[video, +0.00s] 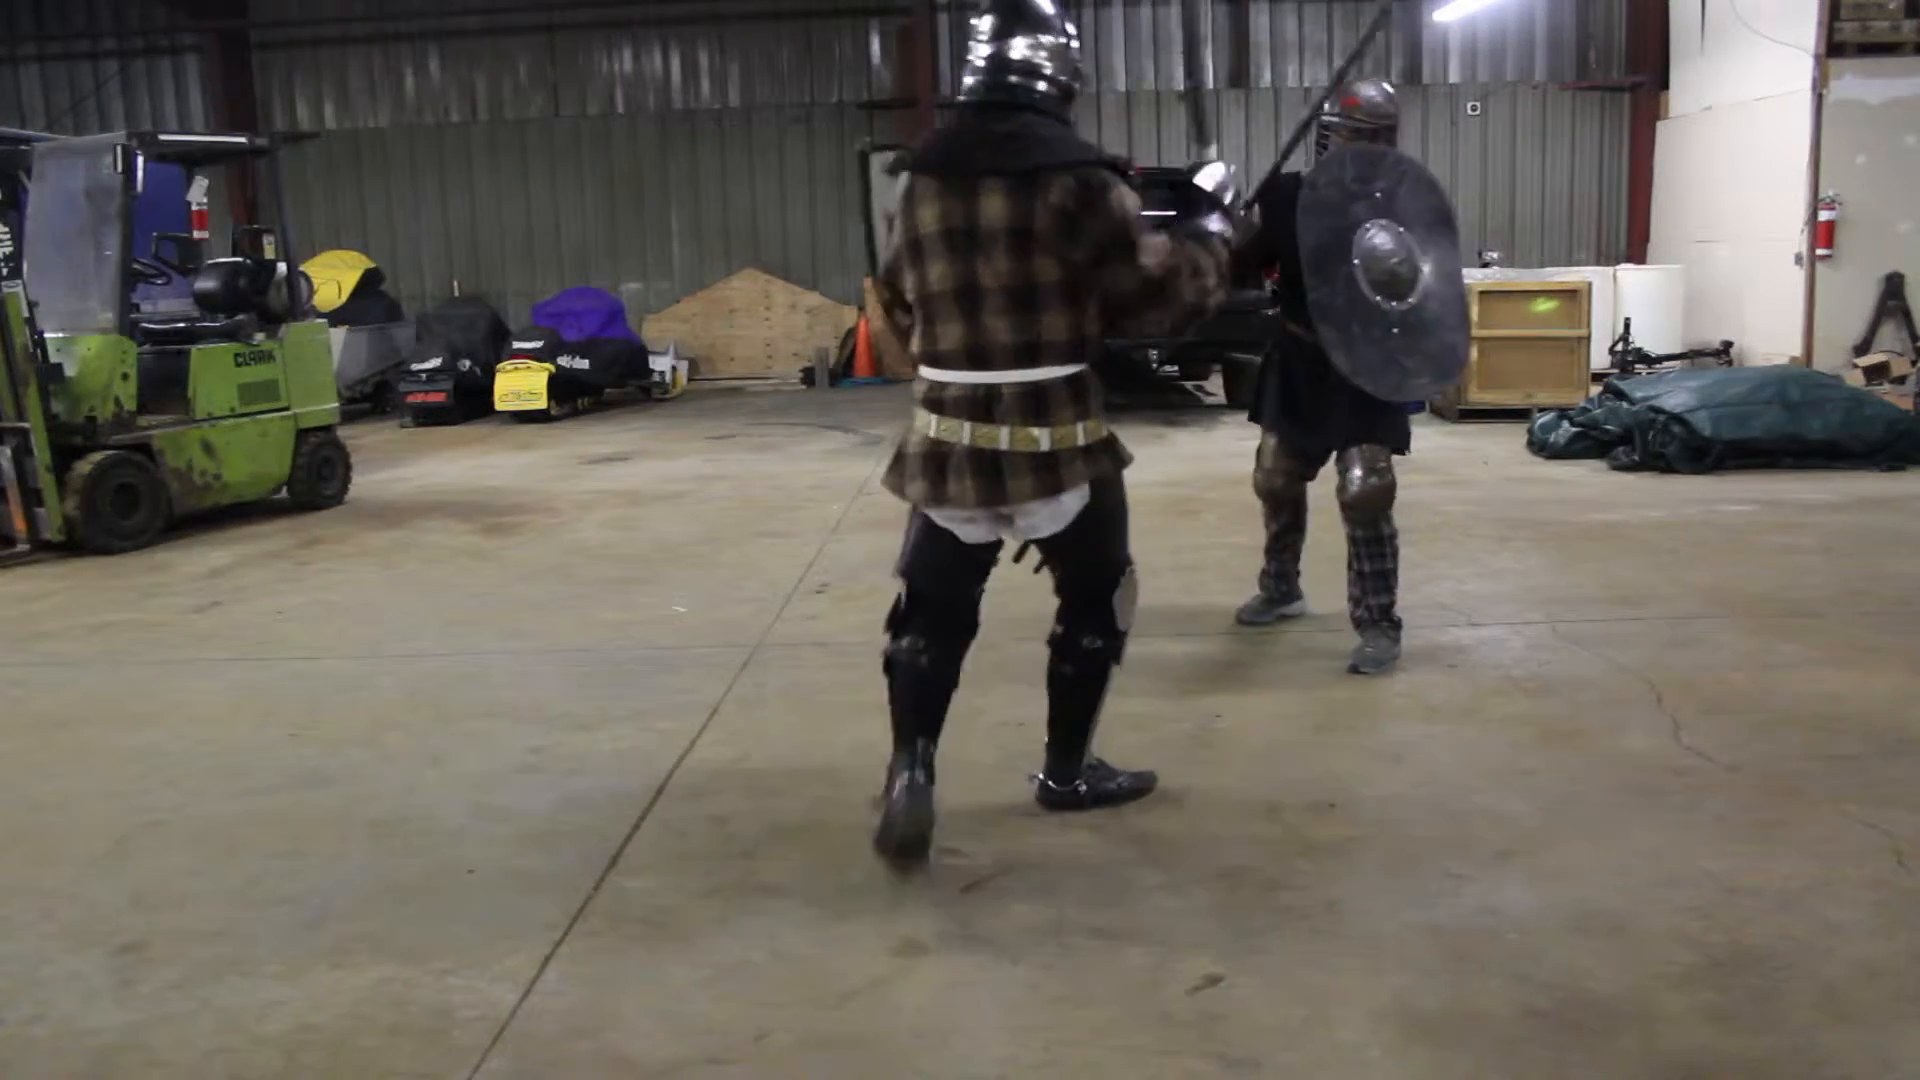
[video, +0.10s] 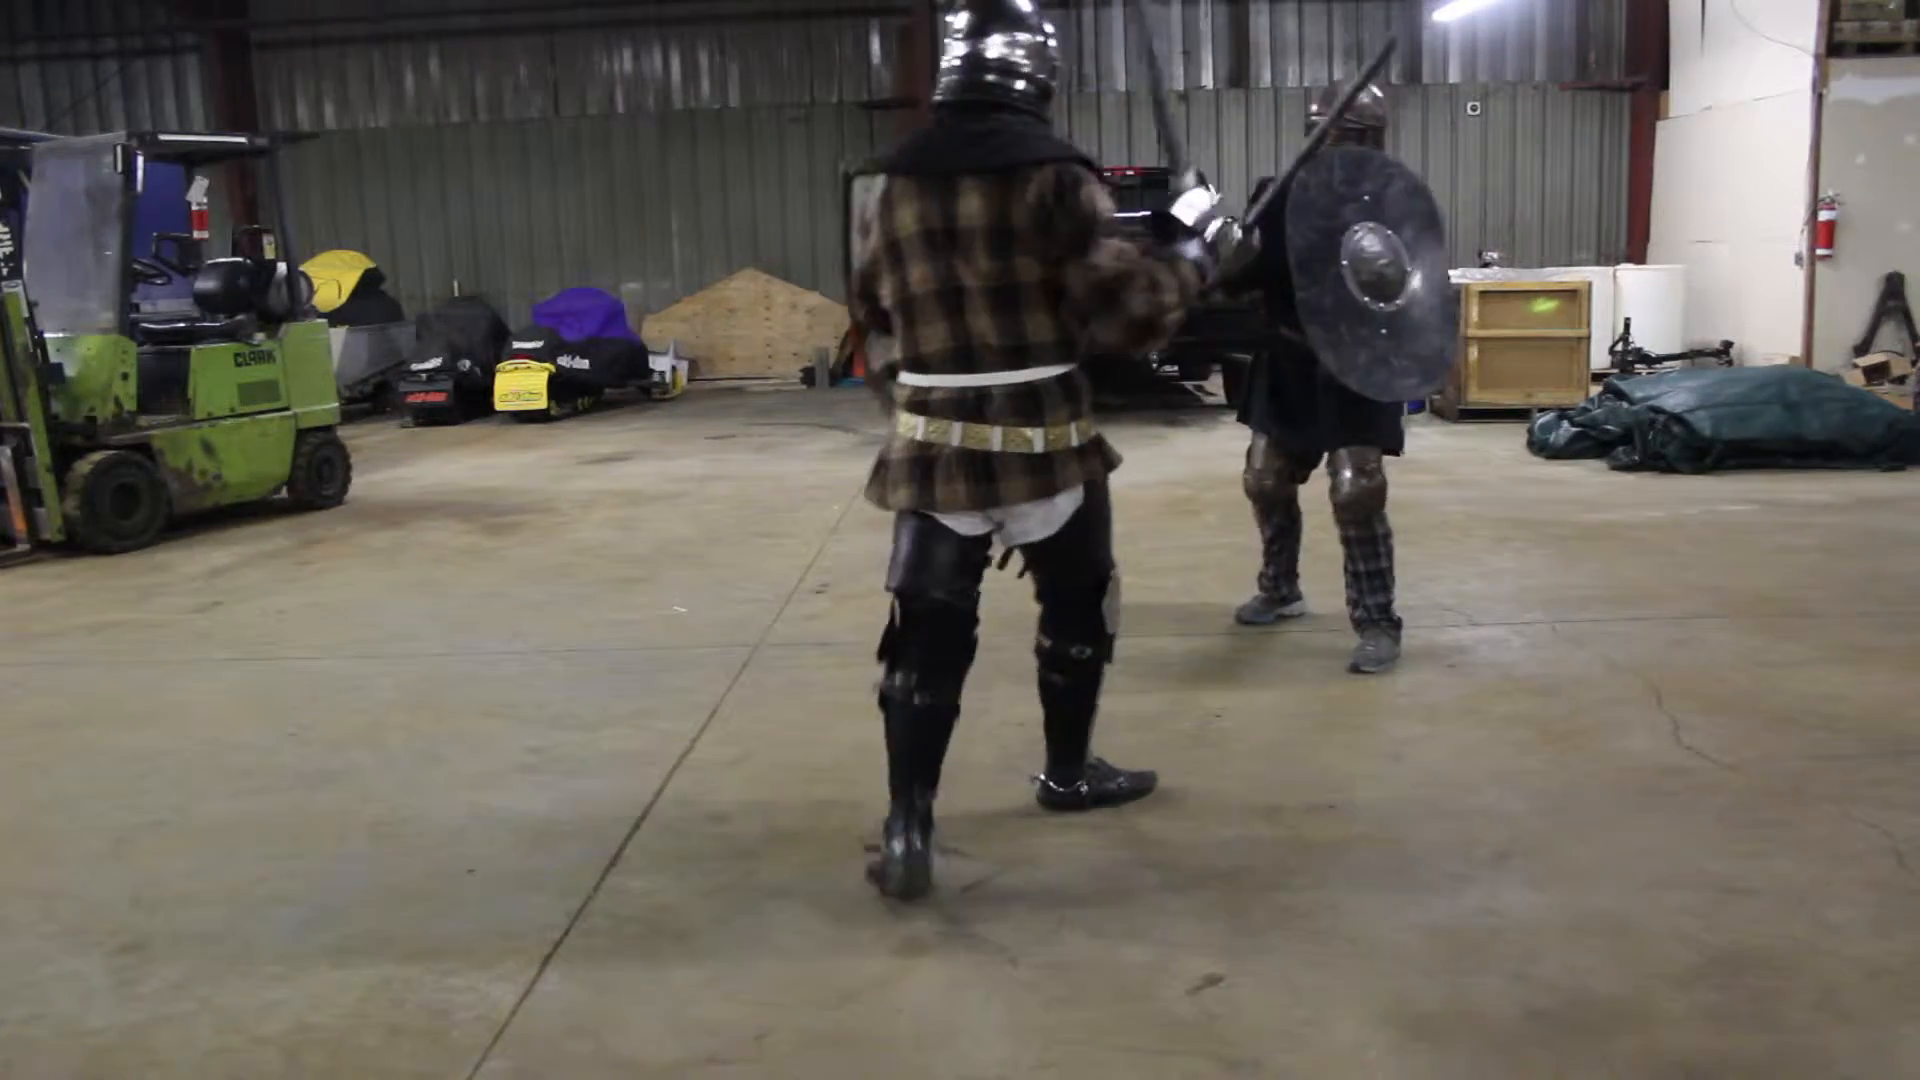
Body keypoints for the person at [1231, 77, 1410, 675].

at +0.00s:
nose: (1352, 150)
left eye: (1368, 138)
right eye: (1342, 135)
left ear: (1390, 141)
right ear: (1323, 135)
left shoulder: (1408, 203)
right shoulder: (1289, 197)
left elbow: (1439, 289)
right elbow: (1239, 259)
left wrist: (1441, 370)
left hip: (1375, 361)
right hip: (1299, 353)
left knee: (1364, 489)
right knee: (1276, 476)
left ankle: (1378, 625)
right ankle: (1280, 586)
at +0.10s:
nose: (1356, 147)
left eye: (1369, 135)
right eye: (1345, 132)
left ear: (1384, 137)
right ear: (1318, 127)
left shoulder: (1394, 198)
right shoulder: (1284, 194)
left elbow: (1426, 283)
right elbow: (1242, 275)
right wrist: (1229, 260)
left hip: (1364, 361)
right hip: (1289, 355)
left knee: (1356, 488)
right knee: (1265, 478)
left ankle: (1377, 625)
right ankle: (1279, 588)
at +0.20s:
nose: (1321, 146)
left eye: (1336, 135)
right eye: (1310, 132)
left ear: (1360, 137)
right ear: (1296, 132)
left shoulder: (1378, 199)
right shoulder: (1268, 197)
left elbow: (1415, 284)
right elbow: (1243, 272)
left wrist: (1381, 280)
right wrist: (1221, 273)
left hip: (1349, 367)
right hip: (1279, 363)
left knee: (1351, 488)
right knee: (1250, 479)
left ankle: (1374, 620)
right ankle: (1279, 588)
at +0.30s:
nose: (1323, 148)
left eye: (1336, 138)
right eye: (1313, 134)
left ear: (1351, 143)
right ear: (1290, 131)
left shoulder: (1364, 200)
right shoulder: (1262, 198)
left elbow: (1395, 273)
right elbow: (1237, 281)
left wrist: (1367, 276)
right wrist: (1210, 289)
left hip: (1335, 360)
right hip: (1267, 357)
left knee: (1345, 485)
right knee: (1242, 476)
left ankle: (1373, 612)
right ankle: (1277, 588)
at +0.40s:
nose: (1281, 148)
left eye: (1297, 136)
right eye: (1275, 135)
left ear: (1329, 141)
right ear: (1267, 140)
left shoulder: (1351, 204)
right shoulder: (1244, 204)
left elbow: (1376, 284)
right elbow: (1220, 288)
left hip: (1328, 363)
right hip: (1258, 360)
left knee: (1332, 476)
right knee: (1238, 472)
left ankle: (1365, 606)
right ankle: (1277, 589)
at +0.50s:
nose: (1280, 135)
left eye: (1295, 124)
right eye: (1272, 122)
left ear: (1319, 131)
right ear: (1259, 128)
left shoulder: (1334, 197)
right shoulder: (1237, 198)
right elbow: (1209, 266)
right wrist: (1193, 219)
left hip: (1319, 349)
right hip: (1252, 350)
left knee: (1321, 478)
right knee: (1236, 470)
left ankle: (1349, 614)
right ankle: (1276, 590)